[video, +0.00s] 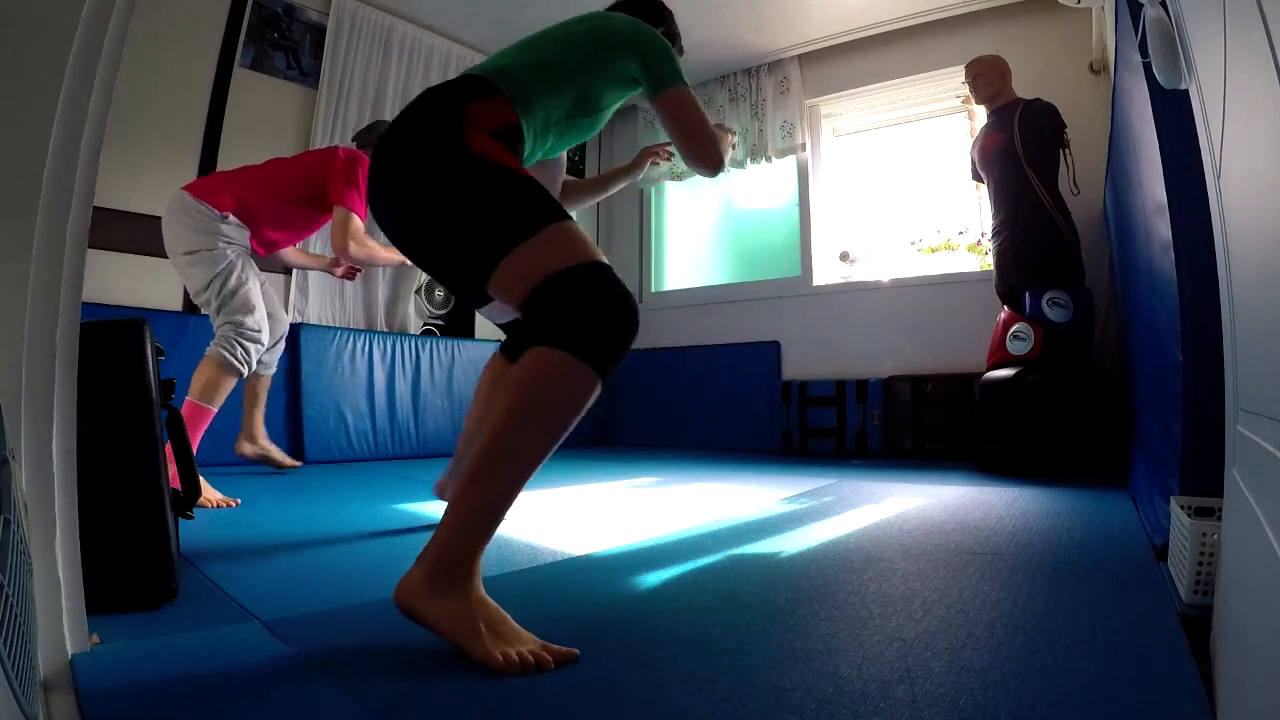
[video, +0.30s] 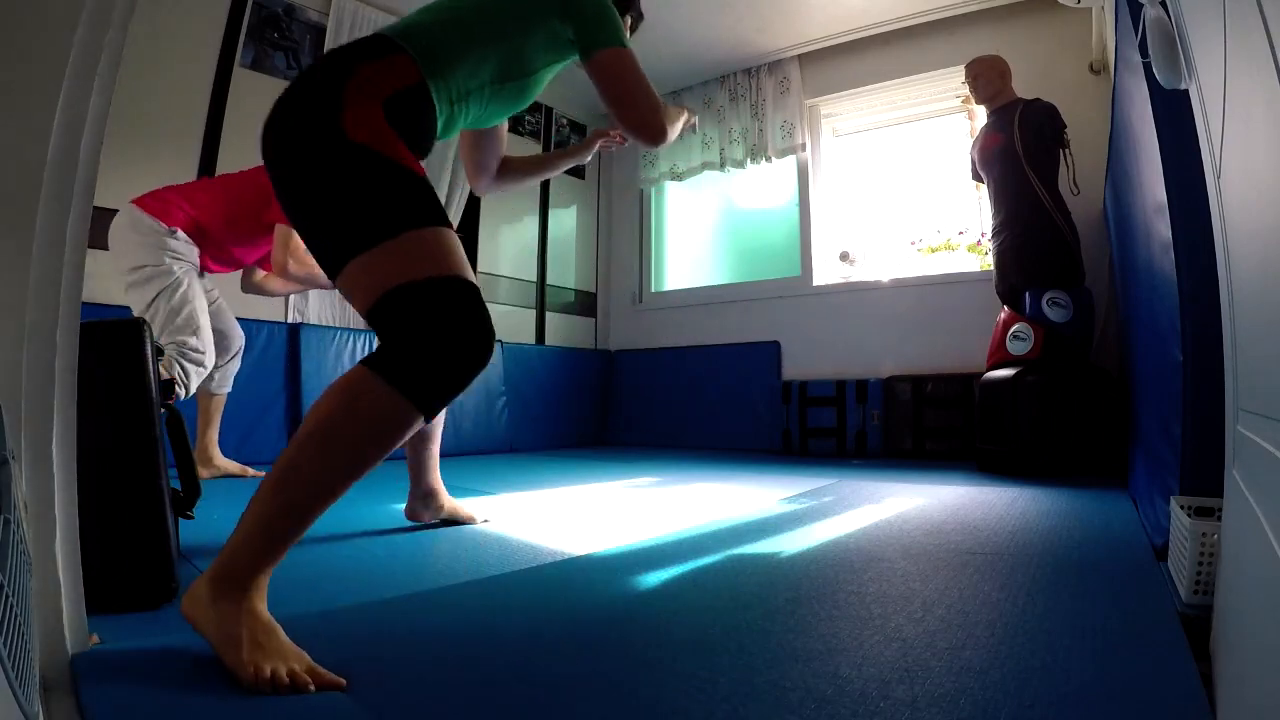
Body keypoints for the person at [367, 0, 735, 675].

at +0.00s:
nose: (669, 66)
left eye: (669, 59)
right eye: (669, 54)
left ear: (621, 21)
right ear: (658, 30)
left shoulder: (565, 74)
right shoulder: (638, 38)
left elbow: (551, 195)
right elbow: (706, 156)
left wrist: (634, 171)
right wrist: (720, 136)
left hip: (408, 170)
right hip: (450, 160)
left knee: (548, 317)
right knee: (598, 313)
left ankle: (465, 474)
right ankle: (442, 579)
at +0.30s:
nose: (626, 37)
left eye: (628, 31)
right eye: (628, 24)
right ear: (615, 8)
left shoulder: (496, 58)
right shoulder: (581, 1)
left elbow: (486, 175)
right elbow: (651, 128)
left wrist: (586, 149)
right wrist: (678, 115)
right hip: (349, 117)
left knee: (439, 319)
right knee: (445, 336)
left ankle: (427, 493)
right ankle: (228, 588)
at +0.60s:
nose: (588, 14)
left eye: (588, 14)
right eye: (585, 8)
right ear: (562, 1)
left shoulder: (456, 41)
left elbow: (451, 159)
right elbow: (596, 95)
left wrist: (554, 136)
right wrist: (643, 93)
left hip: (308, 105)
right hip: (270, 75)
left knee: (405, 291)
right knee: (399, 264)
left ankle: (343, 515)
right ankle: (157, 584)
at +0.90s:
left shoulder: (408, 31)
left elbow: (418, 148)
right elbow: (554, 55)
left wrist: (528, 117)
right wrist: (607, 62)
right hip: (207, 36)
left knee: (326, 295)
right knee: (341, 240)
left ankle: (248, 521)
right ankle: (88, 605)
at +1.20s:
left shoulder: (432, 23)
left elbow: (429, 150)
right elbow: (585, 73)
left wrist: (543, 120)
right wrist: (623, 90)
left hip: (261, 89)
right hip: (218, 56)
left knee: (356, 290)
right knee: (339, 297)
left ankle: (267, 489)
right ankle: (69, 644)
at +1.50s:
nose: (631, 23)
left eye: (633, 15)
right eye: (633, 10)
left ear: (602, 12)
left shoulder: (513, 65)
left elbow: (543, 176)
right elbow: (646, 91)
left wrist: (635, 128)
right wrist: (685, 106)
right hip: (350, 106)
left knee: (480, 305)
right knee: (497, 274)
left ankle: (416, 507)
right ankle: (295, 567)